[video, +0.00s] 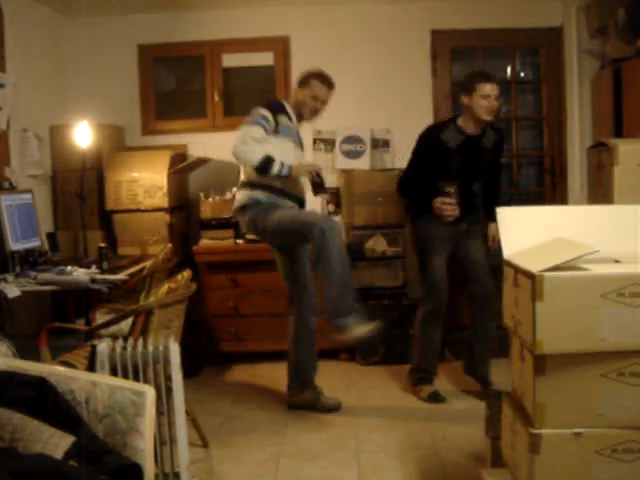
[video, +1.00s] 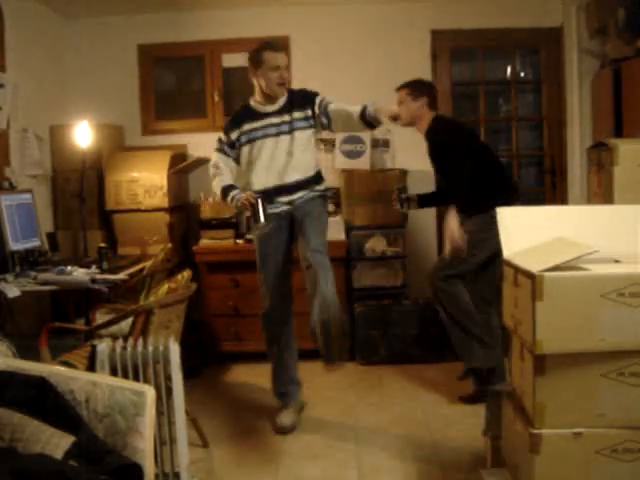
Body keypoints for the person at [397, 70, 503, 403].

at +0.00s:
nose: (493, 104)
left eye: (496, 98)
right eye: (486, 98)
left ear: (498, 102)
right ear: (465, 100)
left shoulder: (493, 138)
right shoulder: (435, 137)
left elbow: (493, 185)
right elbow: (407, 184)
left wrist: (493, 220)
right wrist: (430, 204)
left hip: (472, 224)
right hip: (434, 225)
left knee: (484, 291)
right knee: (437, 294)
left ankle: (479, 369)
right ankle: (423, 374)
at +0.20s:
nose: (511, 123)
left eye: (516, 117)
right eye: (504, 116)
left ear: (520, 122)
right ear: (486, 119)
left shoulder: (512, 163)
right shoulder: (457, 147)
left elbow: (509, 209)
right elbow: (419, 188)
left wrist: (505, 245)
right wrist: (440, 199)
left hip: (482, 240)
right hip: (444, 238)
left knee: (488, 309)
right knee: (453, 309)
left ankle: (487, 378)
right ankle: (468, 383)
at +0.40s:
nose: (488, 125)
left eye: (495, 119)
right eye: (483, 119)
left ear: (508, 124)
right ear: (476, 124)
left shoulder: (516, 168)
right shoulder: (456, 158)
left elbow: (523, 224)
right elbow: (422, 199)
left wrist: (511, 206)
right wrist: (439, 203)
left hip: (498, 250)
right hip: (458, 248)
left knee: (501, 315)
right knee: (471, 313)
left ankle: (493, 379)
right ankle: (477, 393)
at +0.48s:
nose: (462, 101)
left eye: (469, 95)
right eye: (459, 96)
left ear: (489, 99)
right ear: (456, 102)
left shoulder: (510, 141)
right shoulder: (447, 140)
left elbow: (527, 189)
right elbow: (422, 189)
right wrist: (434, 197)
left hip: (499, 233)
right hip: (457, 234)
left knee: (497, 303)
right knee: (464, 303)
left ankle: (493, 372)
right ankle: (473, 375)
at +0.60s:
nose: (443, 93)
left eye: (449, 85)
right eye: (439, 87)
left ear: (468, 85)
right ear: (437, 92)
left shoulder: (496, 120)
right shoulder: (438, 132)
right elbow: (428, 175)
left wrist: (475, 111)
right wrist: (429, 191)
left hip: (495, 222)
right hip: (457, 223)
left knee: (495, 299)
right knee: (459, 300)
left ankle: (495, 368)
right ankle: (465, 373)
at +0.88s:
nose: (414, 108)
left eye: (419, 102)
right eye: (413, 102)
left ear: (439, 102)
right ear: (429, 105)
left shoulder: (467, 135)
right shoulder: (441, 146)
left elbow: (494, 183)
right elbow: (446, 198)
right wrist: (418, 203)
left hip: (488, 234)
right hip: (465, 235)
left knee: (458, 302)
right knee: (457, 304)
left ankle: (498, 373)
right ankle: (474, 383)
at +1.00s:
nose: (396, 110)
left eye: (401, 103)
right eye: (397, 104)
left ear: (422, 103)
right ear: (422, 105)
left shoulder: (441, 131)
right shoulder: (441, 133)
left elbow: (455, 179)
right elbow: (450, 193)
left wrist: (454, 215)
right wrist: (413, 201)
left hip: (490, 215)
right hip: (489, 214)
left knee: (444, 275)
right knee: (485, 297)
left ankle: (483, 356)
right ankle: (491, 376)